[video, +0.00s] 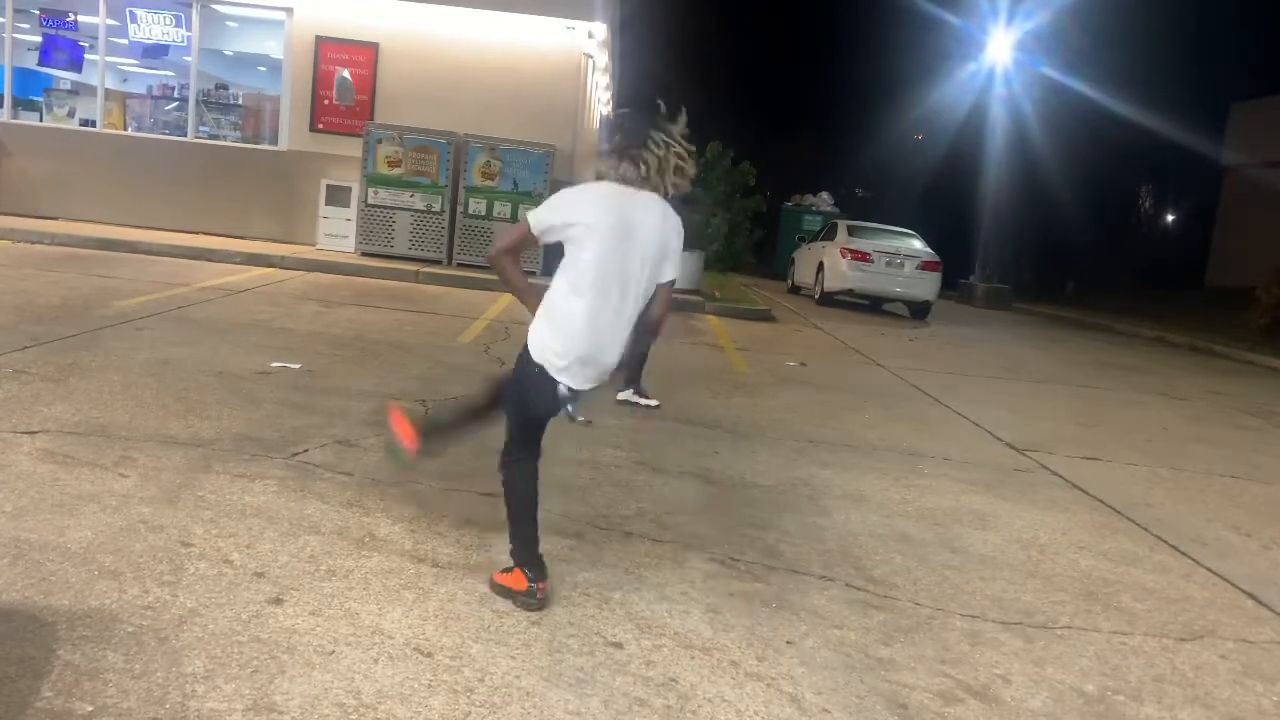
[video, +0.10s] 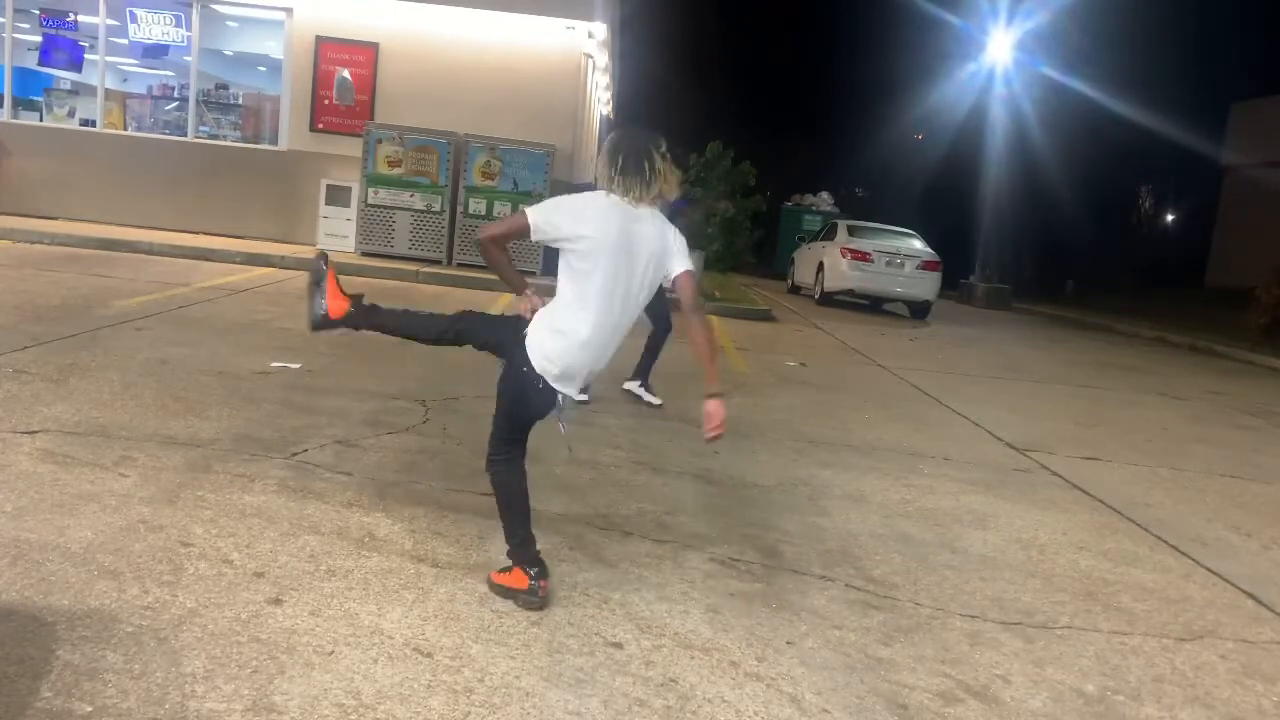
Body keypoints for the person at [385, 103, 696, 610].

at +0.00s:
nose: (597, 157)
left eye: (601, 150)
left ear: (607, 154)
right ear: (653, 161)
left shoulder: (583, 199)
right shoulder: (668, 220)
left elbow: (502, 252)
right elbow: (656, 316)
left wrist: (532, 300)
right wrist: (627, 365)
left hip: (553, 347)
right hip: (600, 361)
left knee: (520, 454)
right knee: (499, 394)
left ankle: (528, 572)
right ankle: (424, 433)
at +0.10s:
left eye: (606, 157)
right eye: (671, 173)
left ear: (610, 164)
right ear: (661, 175)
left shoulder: (584, 207)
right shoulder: (667, 234)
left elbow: (491, 237)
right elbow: (692, 311)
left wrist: (522, 289)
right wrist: (713, 392)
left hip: (537, 358)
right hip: (571, 365)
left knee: (505, 455)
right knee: (463, 324)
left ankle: (526, 568)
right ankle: (349, 311)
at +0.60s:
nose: (628, 146)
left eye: (636, 138)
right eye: (698, 147)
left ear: (645, 141)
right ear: (692, 152)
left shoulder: (637, 175)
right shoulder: (696, 208)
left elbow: (632, 205)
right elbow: (704, 250)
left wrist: (600, 209)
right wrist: (752, 182)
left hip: (616, 357)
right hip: (672, 361)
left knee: (594, 457)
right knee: (695, 458)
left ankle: (580, 571)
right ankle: (738, 566)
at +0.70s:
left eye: (659, 143)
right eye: (719, 153)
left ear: (665, 147)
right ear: (715, 160)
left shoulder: (653, 182)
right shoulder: (717, 208)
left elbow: (633, 220)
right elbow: (720, 242)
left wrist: (580, 247)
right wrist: (730, 182)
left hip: (629, 362)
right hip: (696, 367)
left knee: (582, 434)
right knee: (727, 450)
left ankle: (576, 545)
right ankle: (740, 566)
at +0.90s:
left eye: (721, 174)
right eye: (786, 195)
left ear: (729, 179)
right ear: (780, 194)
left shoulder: (699, 218)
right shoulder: (779, 245)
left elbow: (666, 296)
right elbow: (765, 301)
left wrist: (626, 365)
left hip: (663, 368)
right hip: (712, 386)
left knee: (616, 449)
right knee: (693, 468)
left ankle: (553, 537)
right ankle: (758, 559)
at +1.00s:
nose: (729, 187)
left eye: (734, 180)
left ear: (740, 183)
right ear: (787, 195)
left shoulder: (710, 226)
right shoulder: (785, 251)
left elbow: (681, 309)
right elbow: (772, 320)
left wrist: (654, 384)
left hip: (673, 369)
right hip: (725, 389)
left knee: (602, 416)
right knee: (718, 474)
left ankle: (566, 522)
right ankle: (766, 570)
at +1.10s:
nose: (711, 177)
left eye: (714, 170)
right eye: (714, 170)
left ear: (724, 174)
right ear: (766, 179)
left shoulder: (705, 223)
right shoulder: (775, 238)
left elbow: (685, 308)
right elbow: (782, 321)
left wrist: (652, 378)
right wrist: (733, 336)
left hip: (687, 364)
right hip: (738, 377)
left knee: (589, 371)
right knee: (753, 448)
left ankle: (578, 482)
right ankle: (784, 540)